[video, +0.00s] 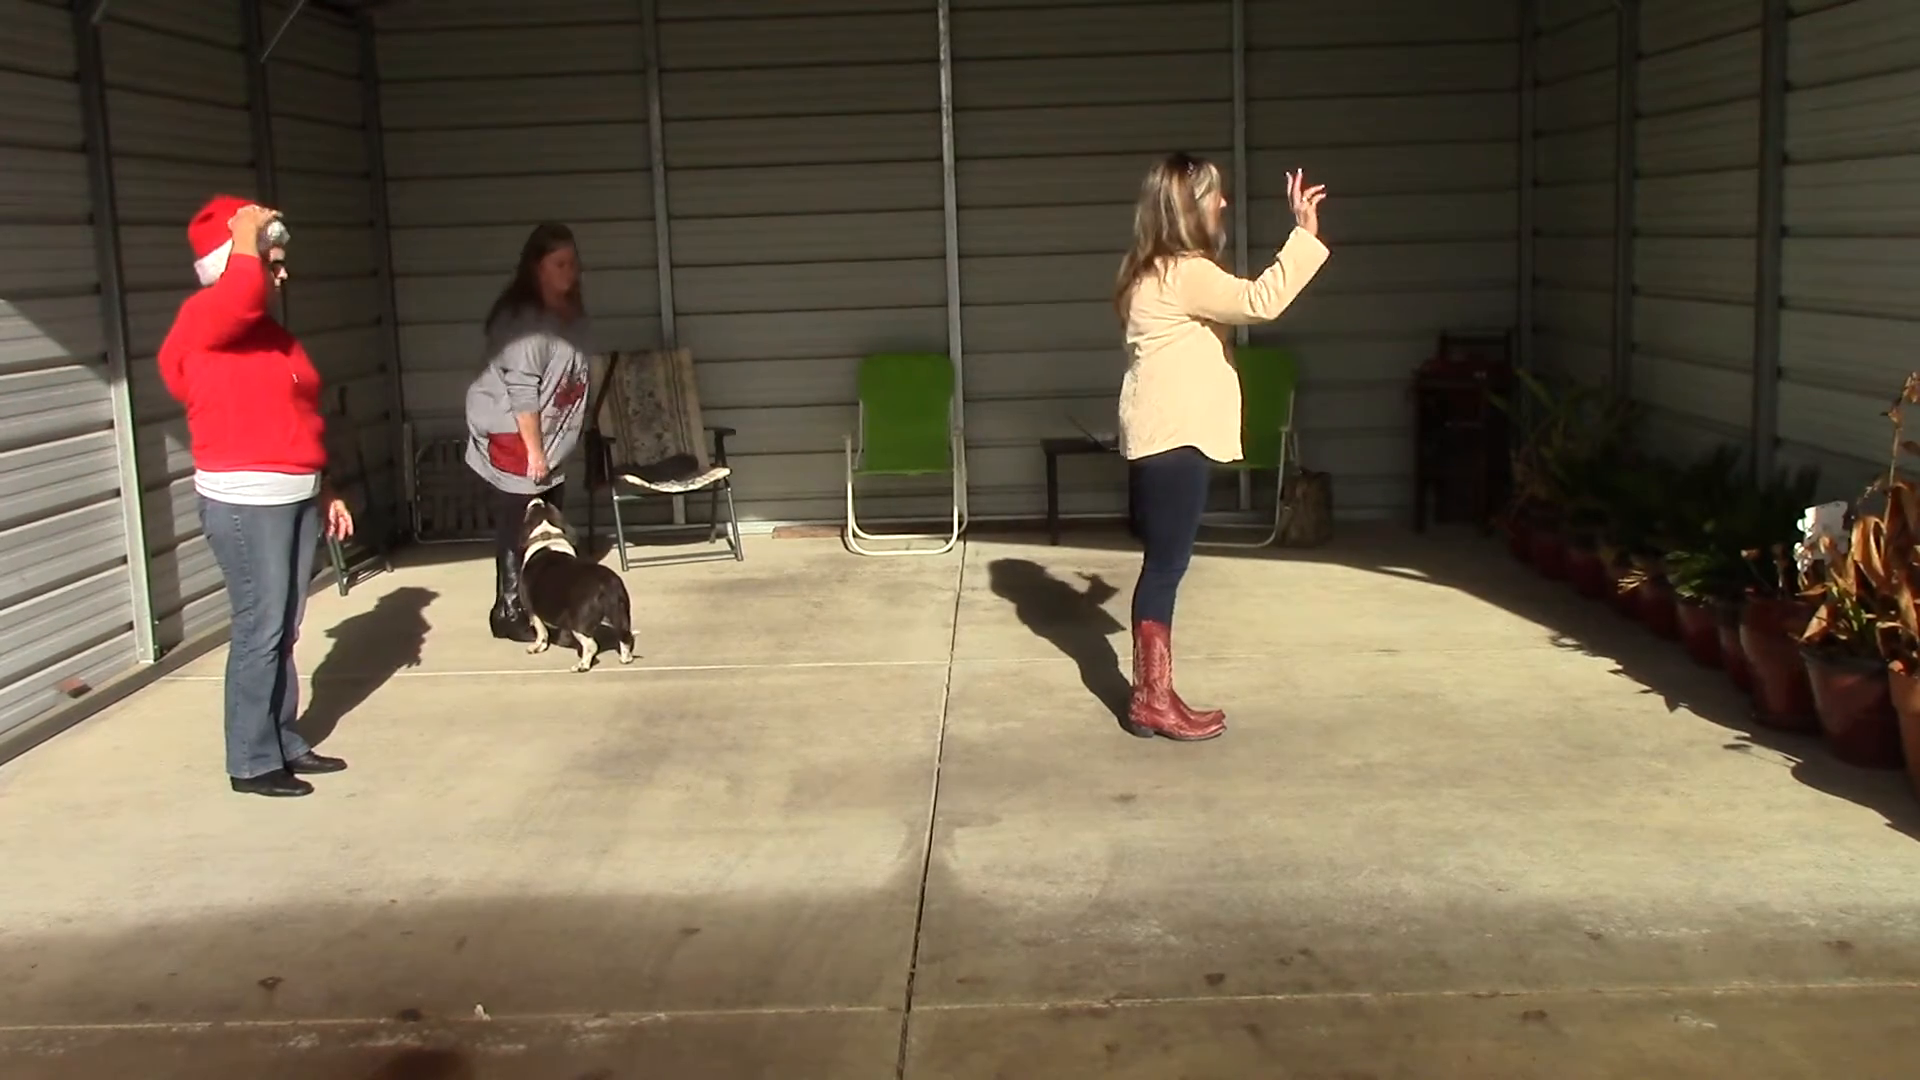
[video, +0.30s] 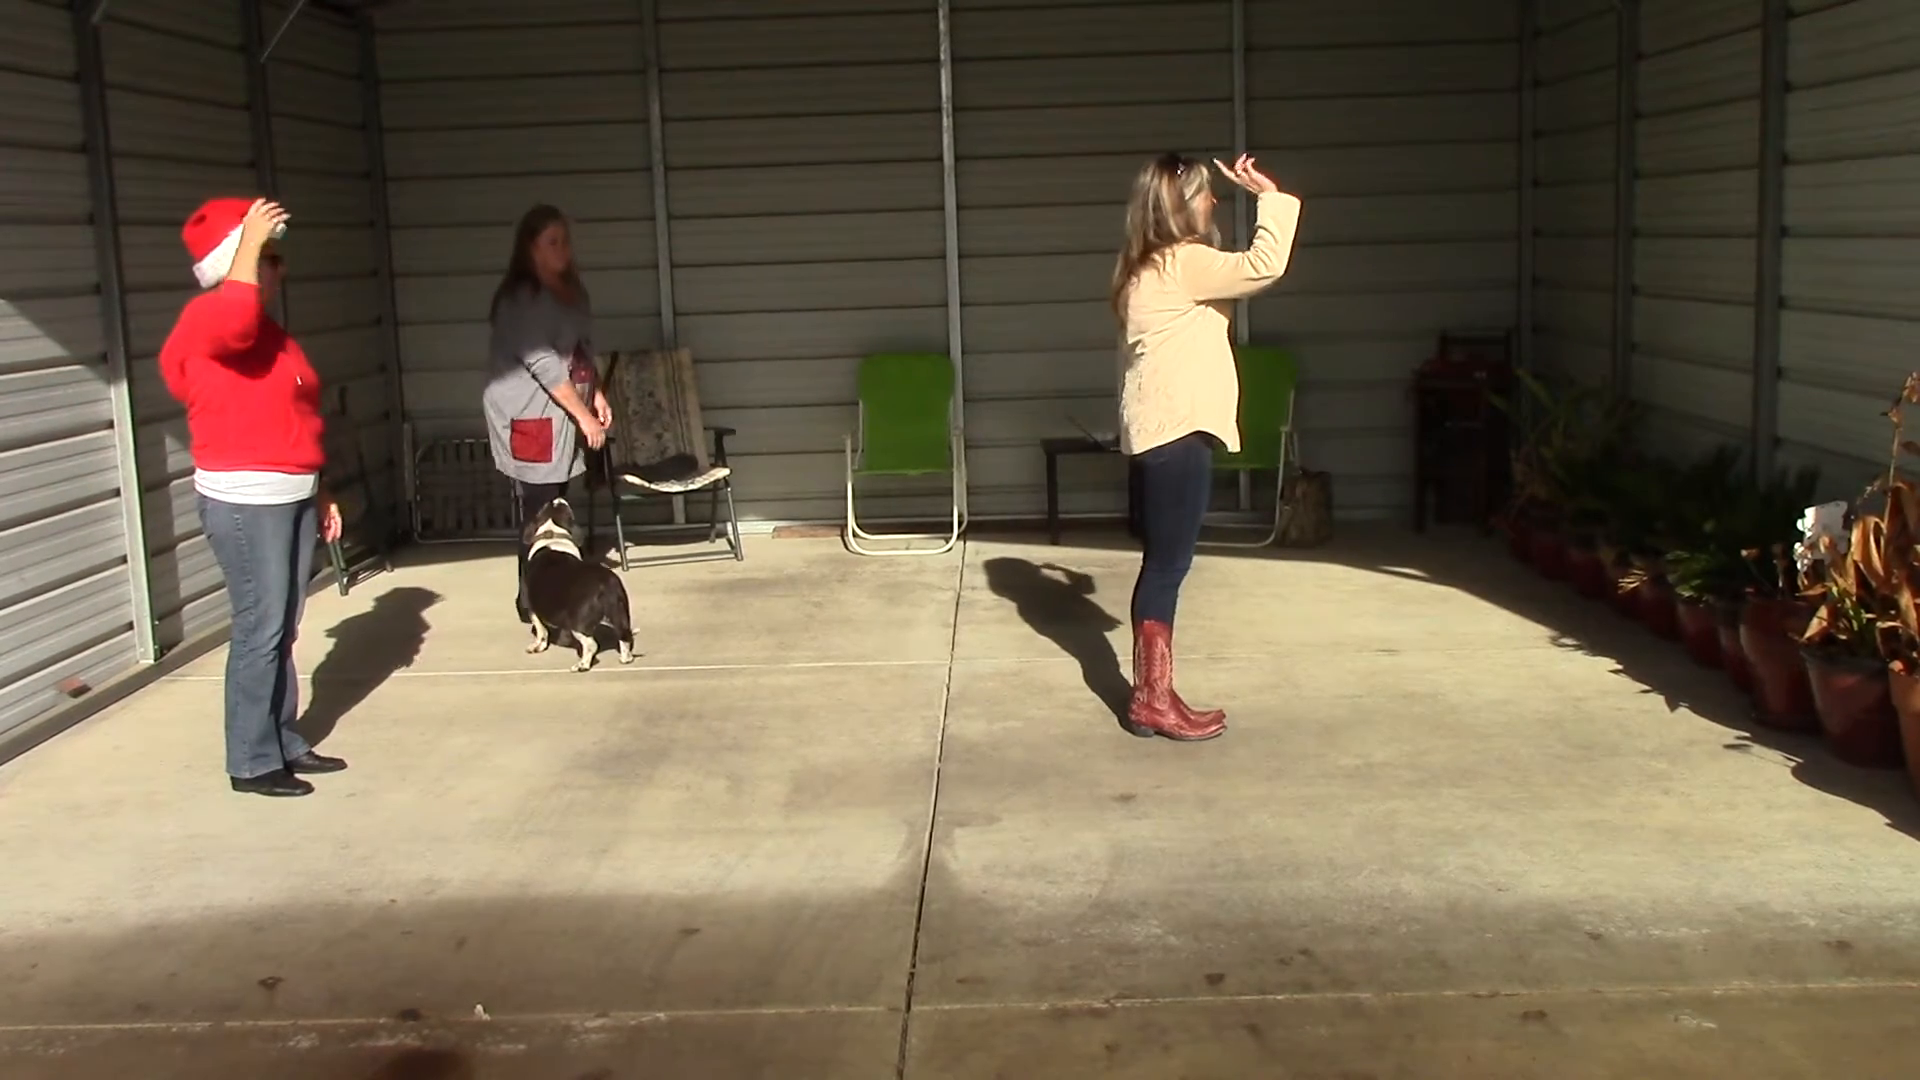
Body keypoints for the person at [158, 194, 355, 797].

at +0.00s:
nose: (283, 271)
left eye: (283, 260)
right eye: (273, 261)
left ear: (277, 266)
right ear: (230, 263)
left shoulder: (273, 332)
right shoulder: (199, 320)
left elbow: (301, 419)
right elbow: (244, 292)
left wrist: (325, 491)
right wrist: (245, 241)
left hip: (295, 494)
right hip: (244, 498)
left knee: (282, 630)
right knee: (259, 631)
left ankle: (282, 743)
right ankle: (250, 762)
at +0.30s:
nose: (279, 269)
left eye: (278, 258)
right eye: (268, 259)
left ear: (262, 264)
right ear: (229, 261)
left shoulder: (270, 331)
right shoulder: (201, 319)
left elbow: (295, 420)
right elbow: (237, 320)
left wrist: (319, 493)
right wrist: (249, 244)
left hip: (293, 494)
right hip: (245, 497)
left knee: (281, 628)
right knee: (259, 630)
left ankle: (283, 743)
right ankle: (250, 762)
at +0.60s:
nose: (289, 273)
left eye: (288, 263)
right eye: (280, 263)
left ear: (251, 269)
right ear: (245, 267)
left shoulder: (259, 322)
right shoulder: (221, 320)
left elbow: (265, 411)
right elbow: (204, 410)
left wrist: (297, 482)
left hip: (281, 493)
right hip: (243, 497)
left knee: (281, 626)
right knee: (260, 628)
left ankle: (282, 743)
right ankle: (251, 762)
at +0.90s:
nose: (290, 275)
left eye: (288, 265)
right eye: (278, 266)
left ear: (255, 272)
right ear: (243, 272)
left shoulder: (273, 327)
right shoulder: (216, 326)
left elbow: (289, 417)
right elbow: (202, 421)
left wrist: (311, 495)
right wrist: (238, 500)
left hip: (295, 494)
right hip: (251, 498)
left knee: (283, 625)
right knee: (270, 625)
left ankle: (284, 743)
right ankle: (252, 763)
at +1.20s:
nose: (292, 275)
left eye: (290, 265)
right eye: (281, 266)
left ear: (257, 272)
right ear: (245, 273)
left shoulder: (274, 329)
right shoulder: (221, 328)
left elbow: (298, 417)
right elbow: (220, 430)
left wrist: (331, 485)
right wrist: (276, 496)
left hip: (287, 496)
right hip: (244, 498)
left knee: (281, 627)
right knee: (266, 627)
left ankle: (281, 745)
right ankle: (252, 762)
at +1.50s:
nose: (298, 277)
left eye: (297, 267)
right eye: (287, 268)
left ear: (260, 274)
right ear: (250, 274)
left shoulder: (274, 329)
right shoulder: (227, 329)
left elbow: (296, 421)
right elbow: (228, 430)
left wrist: (324, 494)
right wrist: (276, 502)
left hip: (291, 496)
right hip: (248, 499)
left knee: (284, 626)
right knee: (268, 626)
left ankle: (282, 743)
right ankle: (252, 762)